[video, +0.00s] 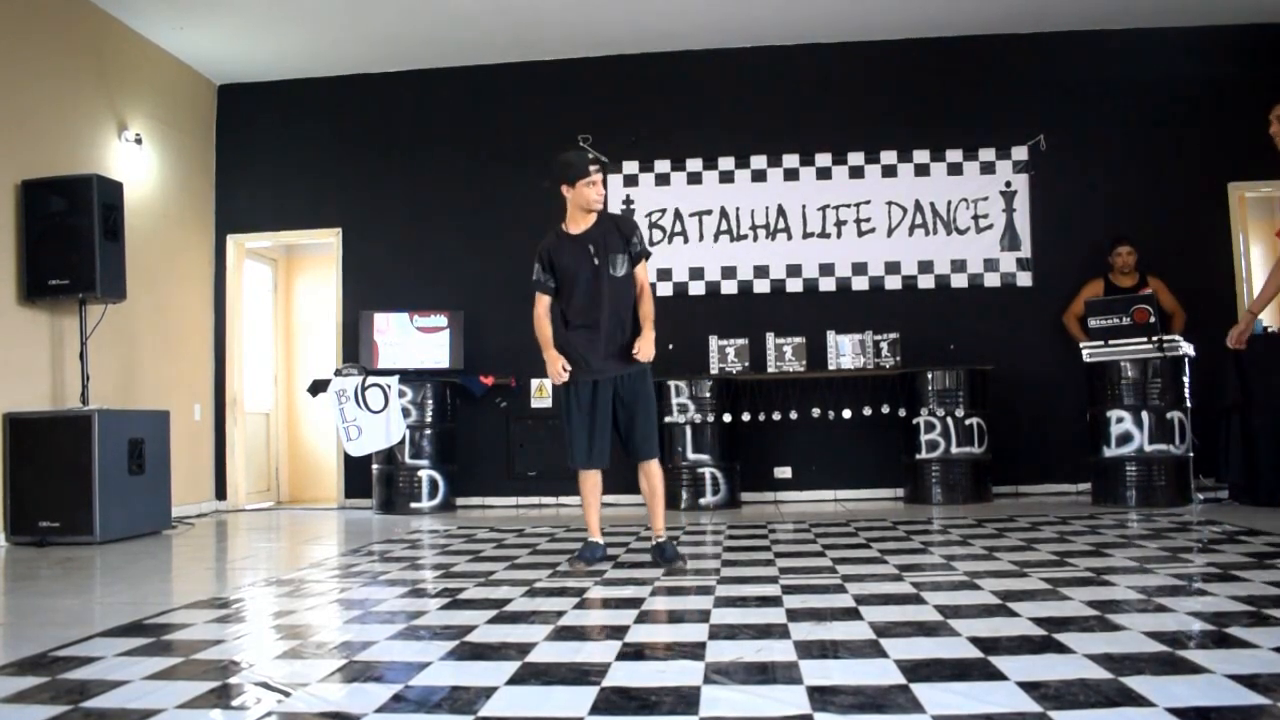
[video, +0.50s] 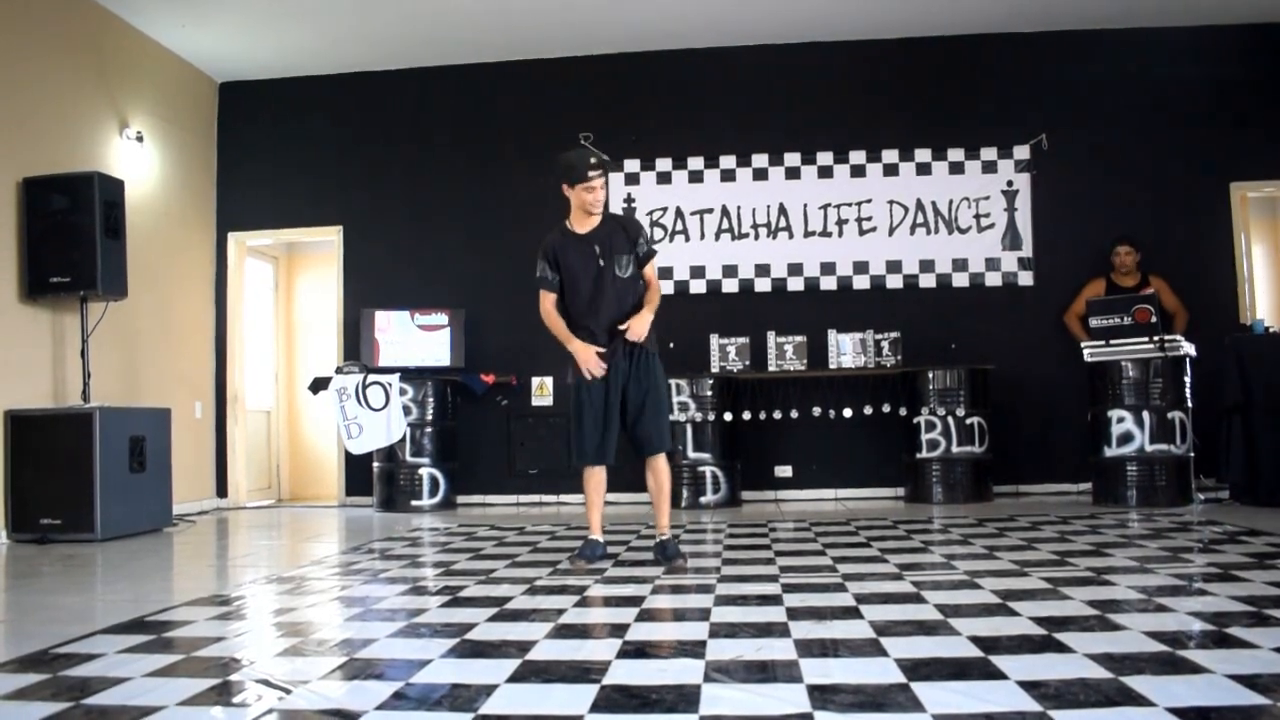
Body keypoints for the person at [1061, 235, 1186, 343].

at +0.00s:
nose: (1124, 260)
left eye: (1129, 254)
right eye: (1118, 255)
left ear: (1135, 257)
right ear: (1110, 260)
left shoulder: (1151, 284)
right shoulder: (1097, 287)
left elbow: (1177, 314)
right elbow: (1068, 317)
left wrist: (1170, 342)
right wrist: (1087, 344)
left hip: (1149, 358)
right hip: (1112, 360)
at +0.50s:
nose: (1123, 260)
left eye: (1128, 254)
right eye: (1117, 255)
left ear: (1137, 257)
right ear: (1111, 259)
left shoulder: (1154, 283)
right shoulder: (1099, 286)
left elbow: (1180, 313)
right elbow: (1070, 316)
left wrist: (1173, 341)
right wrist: (1089, 344)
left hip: (1151, 360)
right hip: (1113, 361)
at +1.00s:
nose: (1124, 257)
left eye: (1129, 251)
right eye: (1119, 252)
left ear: (1139, 253)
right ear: (1113, 256)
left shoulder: (1156, 280)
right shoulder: (1100, 283)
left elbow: (1181, 310)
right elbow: (1072, 314)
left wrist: (1175, 338)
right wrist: (1091, 342)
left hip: (1154, 356)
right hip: (1115, 357)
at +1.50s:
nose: (1124, 256)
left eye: (1129, 250)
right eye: (1119, 251)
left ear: (1139, 253)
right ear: (1113, 255)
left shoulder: (1156, 280)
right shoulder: (1100, 283)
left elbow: (1182, 309)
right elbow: (1072, 313)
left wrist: (1176, 337)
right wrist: (1090, 341)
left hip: (1154, 355)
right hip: (1115, 356)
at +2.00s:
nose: (1124, 256)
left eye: (1130, 251)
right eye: (1119, 252)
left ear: (1139, 253)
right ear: (1113, 256)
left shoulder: (1155, 280)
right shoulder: (1100, 283)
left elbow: (1181, 309)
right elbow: (1072, 313)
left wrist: (1174, 338)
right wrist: (1090, 341)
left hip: (1154, 355)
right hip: (1115, 357)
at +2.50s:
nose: (1126, 255)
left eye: (1131, 250)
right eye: (1120, 251)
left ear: (1139, 252)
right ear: (1114, 255)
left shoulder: (1155, 279)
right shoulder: (1100, 283)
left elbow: (1181, 308)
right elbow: (1072, 313)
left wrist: (1175, 338)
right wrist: (1092, 342)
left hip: (1154, 356)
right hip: (1116, 356)